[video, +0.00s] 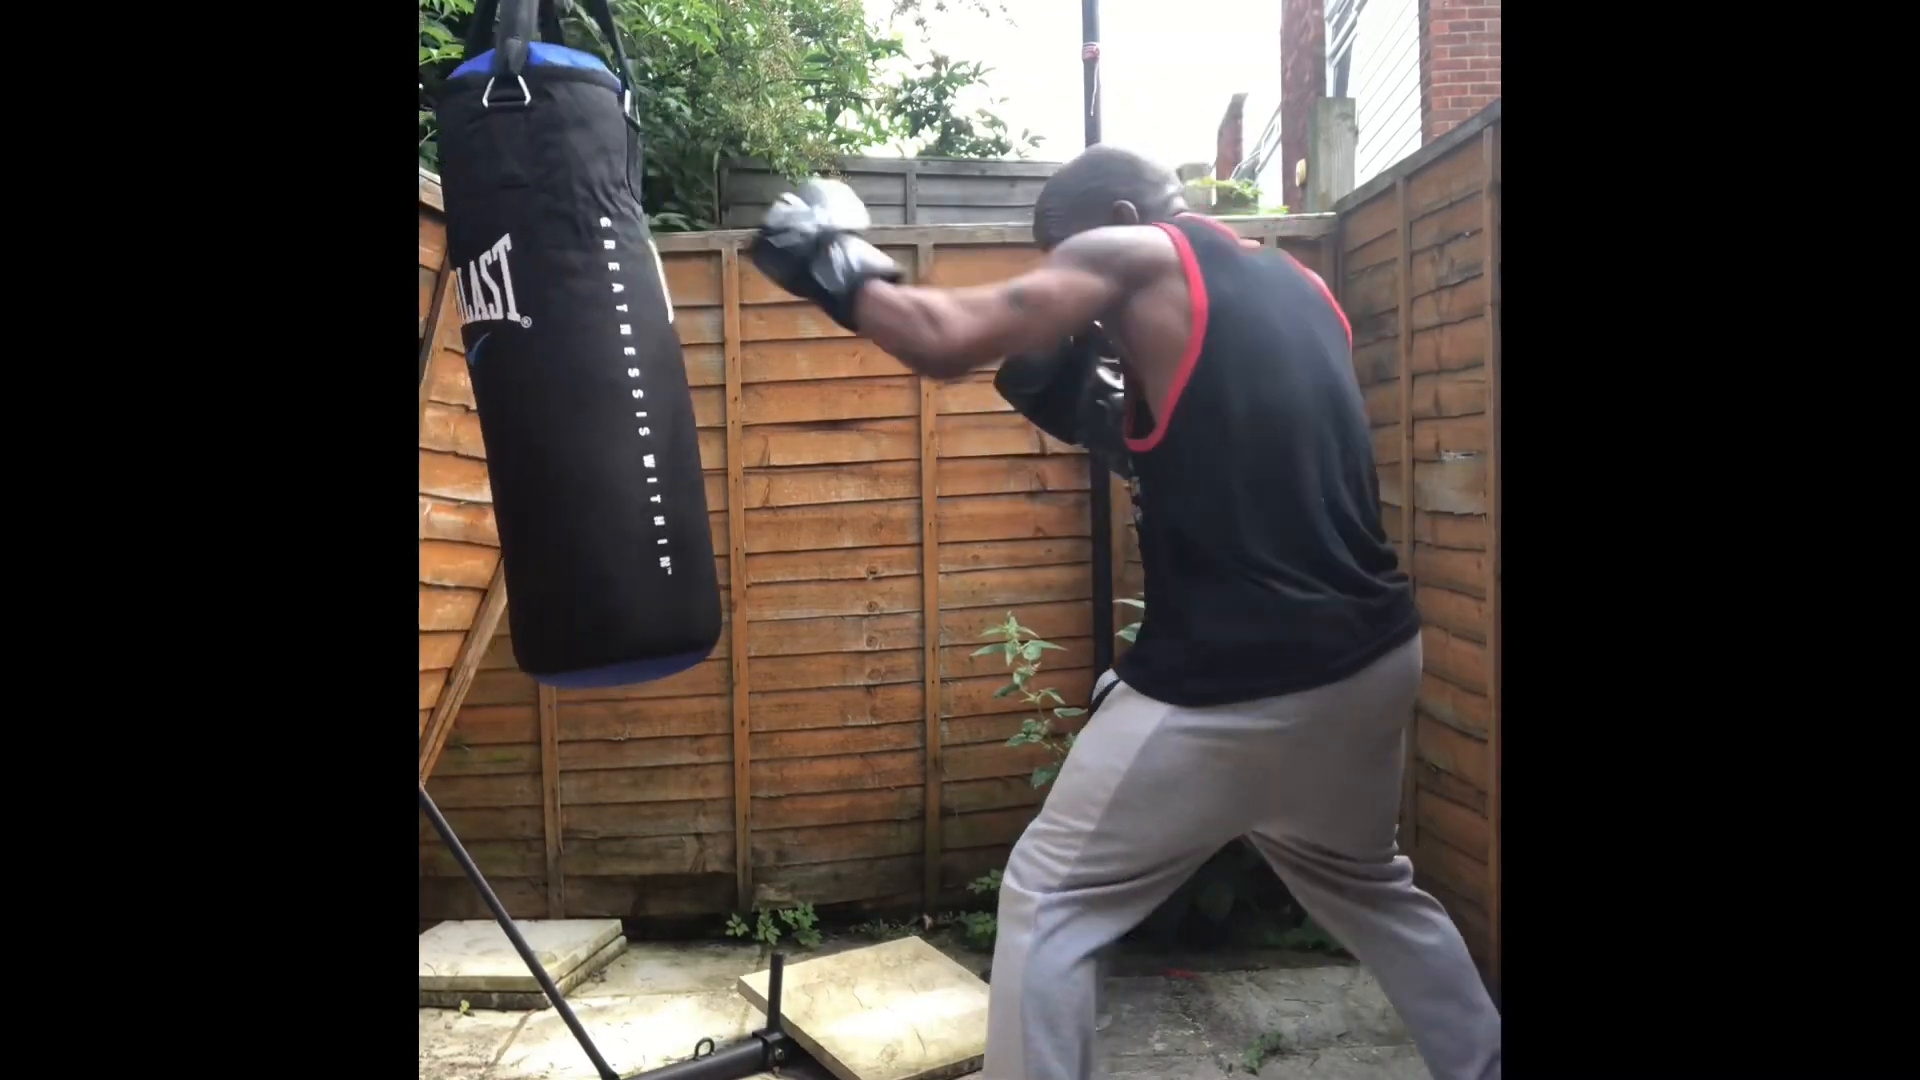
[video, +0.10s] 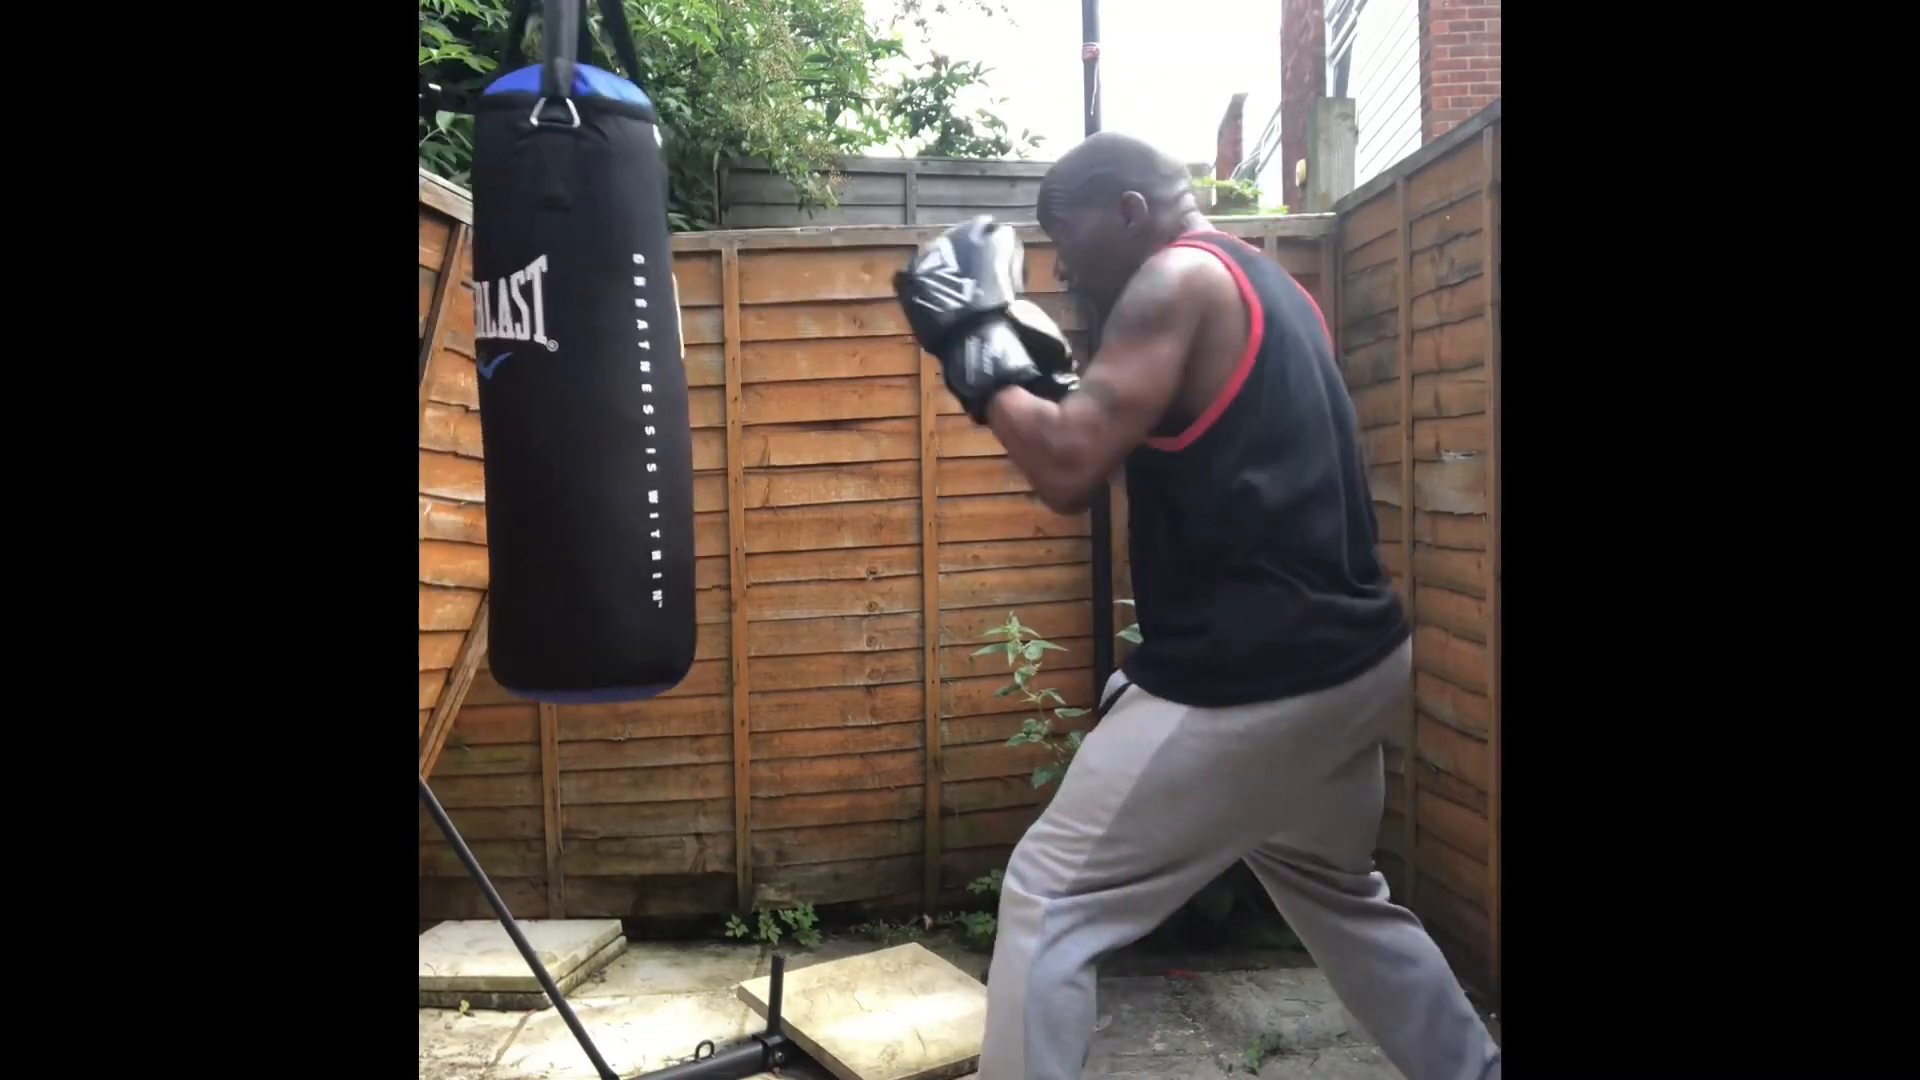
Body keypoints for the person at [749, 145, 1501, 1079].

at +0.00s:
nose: (1055, 273)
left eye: (1060, 253)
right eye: (1055, 256)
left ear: (1102, 226)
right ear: (1171, 204)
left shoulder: (1129, 249)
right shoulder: (1300, 283)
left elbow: (940, 335)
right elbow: (1234, 460)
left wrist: (833, 265)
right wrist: (1095, 415)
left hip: (1218, 675)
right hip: (1371, 655)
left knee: (1048, 900)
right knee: (1365, 877)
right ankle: (1480, 1056)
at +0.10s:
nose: (1056, 262)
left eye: (1061, 233)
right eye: (1049, 240)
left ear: (1129, 210)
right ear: (1156, 210)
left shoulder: (1175, 278)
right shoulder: (1261, 277)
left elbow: (1065, 471)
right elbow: (1167, 432)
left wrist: (968, 345)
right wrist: (1050, 366)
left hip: (1234, 676)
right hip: (1351, 654)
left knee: (1049, 895)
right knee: (1333, 887)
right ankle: (1470, 1065)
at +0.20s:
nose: (1054, 247)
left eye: (1060, 217)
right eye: (1045, 226)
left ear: (1134, 193)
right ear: (1138, 200)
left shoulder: (1240, 307)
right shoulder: (1165, 314)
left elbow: (1151, 523)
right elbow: (1133, 490)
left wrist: (1058, 373)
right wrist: (1003, 458)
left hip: (1253, 673)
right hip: (1302, 662)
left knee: (1062, 895)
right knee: (1318, 895)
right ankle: (1472, 1067)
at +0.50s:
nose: (1060, 241)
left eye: (1069, 214)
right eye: (1054, 219)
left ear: (1150, 200)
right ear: (1161, 205)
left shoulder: (1219, 297)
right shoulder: (1232, 283)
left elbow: (1272, 509)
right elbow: (1160, 483)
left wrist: (1096, 483)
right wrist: (1093, 342)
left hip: (1256, 680)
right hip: (1340, 662)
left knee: (1083, 901)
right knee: (1326, 883)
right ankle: (1473, 1062)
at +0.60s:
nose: (1090, 268)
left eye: (1102, 238)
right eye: (1086, 242)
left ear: (1175, 227)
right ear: (1194, 229)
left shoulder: (1210, 307)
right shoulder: (1320, 294)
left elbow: (1259, 494)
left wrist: (1084, 473)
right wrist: (1152, 376)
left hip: (1270, 681)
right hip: (1403, 657)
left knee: (1101, 905)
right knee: (1359, 885)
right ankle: (1475, 1066)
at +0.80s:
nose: (1147, 332)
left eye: (1153, 305)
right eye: (1143, 308)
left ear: (1219, 288)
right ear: (1250, 288)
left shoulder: (1235, 354)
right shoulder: (1404, 349)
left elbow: (1242, 534)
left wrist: (1114, 497)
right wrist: (1219, 447)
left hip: (1316, 698)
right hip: (1463, 689)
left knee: (1110, 901)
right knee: (1381, 896)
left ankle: (1055, 1070)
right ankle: (1478, 1066)